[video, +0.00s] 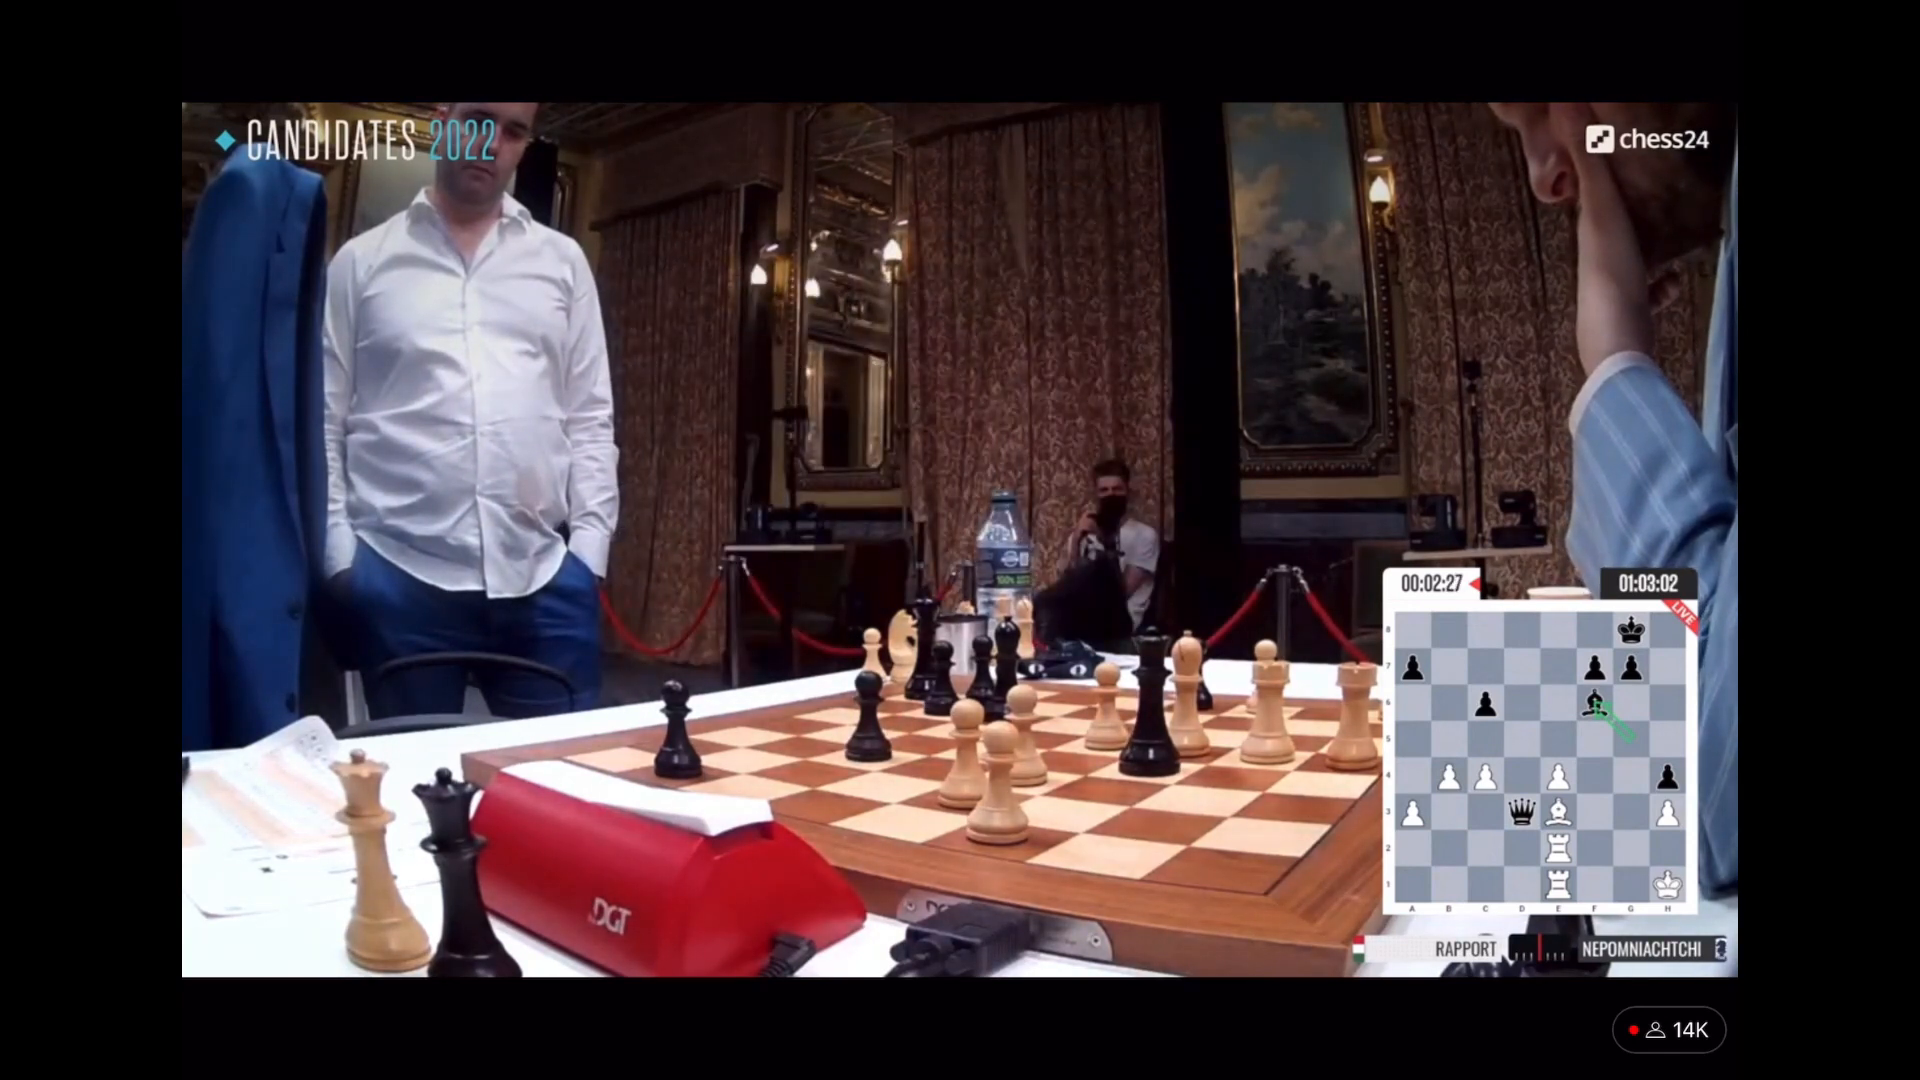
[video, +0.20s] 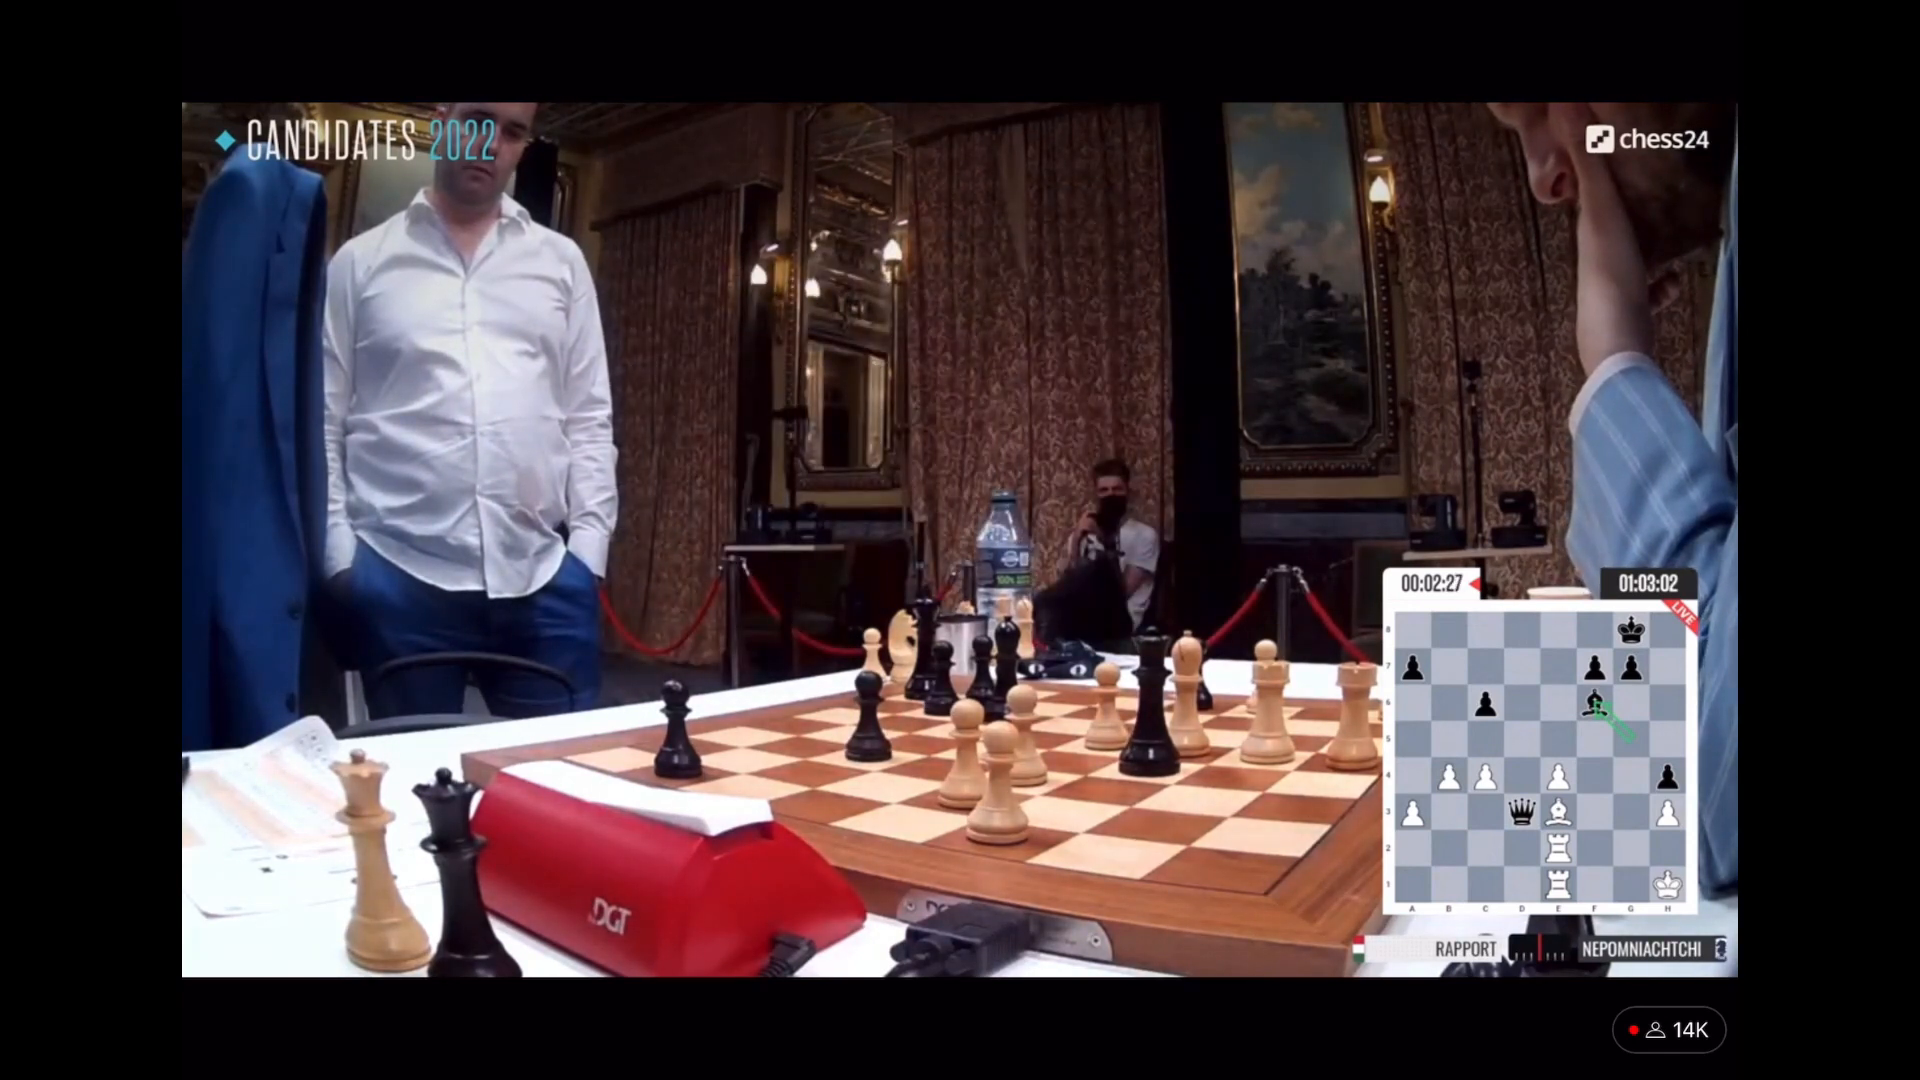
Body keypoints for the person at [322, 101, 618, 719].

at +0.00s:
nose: (489, 146)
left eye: (512, 132)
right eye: (476, 122)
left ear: (528, 146)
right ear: (440, 121)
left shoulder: (562, 261)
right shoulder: (361, 263)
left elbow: (590, 419)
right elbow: (325, 420)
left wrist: (587, 555)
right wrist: (342, 562)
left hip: (545, 583)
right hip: (401, 585)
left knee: (566, 789)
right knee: (414, 791)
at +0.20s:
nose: (488, 146)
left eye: (511, 132)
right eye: (475, 122)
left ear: (527, 147)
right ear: (439, 121)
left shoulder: (561, 262)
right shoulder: (359, 264)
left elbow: (589, 419)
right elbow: (324, 420)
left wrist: (586, 555)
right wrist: (341, 562)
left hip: (545, 583)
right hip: (401, 584)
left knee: (564, 789)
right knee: (416, 791)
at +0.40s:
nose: (487, 146)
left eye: (510, 132)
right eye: (474, 122)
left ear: (526, 147)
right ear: (438, 121)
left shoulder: (559, 262)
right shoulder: (358, 264)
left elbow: (588, 419)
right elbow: (323, 420)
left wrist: (585, 554)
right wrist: (341, 562)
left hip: (544, 583)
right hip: (400, 585)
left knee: (566, 788)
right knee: (415, 791)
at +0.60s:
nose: (485, 146)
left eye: (508, 132)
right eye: (472, 122)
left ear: (523, 147)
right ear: (436, 119)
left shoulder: (555, 260)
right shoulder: (355, 262)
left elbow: (583, 418)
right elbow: (321, 421)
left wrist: (581, 551)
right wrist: (338, 563)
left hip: (540, 581)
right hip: (397, 584)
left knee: (564, 787)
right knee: (413, 791)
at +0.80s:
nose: (484, 147)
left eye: (506, 132)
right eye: (471, 122)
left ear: (521, 147)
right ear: (433, 119)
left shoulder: (546, 262)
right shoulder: (349, 260)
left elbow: (573, 419)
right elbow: (311, 421)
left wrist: (571, 550)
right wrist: (335, 563)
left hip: (532, 580)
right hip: (392, 583)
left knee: (559, 783)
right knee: (410, 788)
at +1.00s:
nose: (483, 146)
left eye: (503, 130)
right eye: (467, 121)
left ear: (517, 144)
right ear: (425, 120)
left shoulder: (536, 259)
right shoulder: (344, 255)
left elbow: (563, 416)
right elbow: (308, 419)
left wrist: (565, 548)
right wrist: (335, 564)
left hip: (528, 580)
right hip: (391, 584)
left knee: (560, 778)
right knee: (411, 786)